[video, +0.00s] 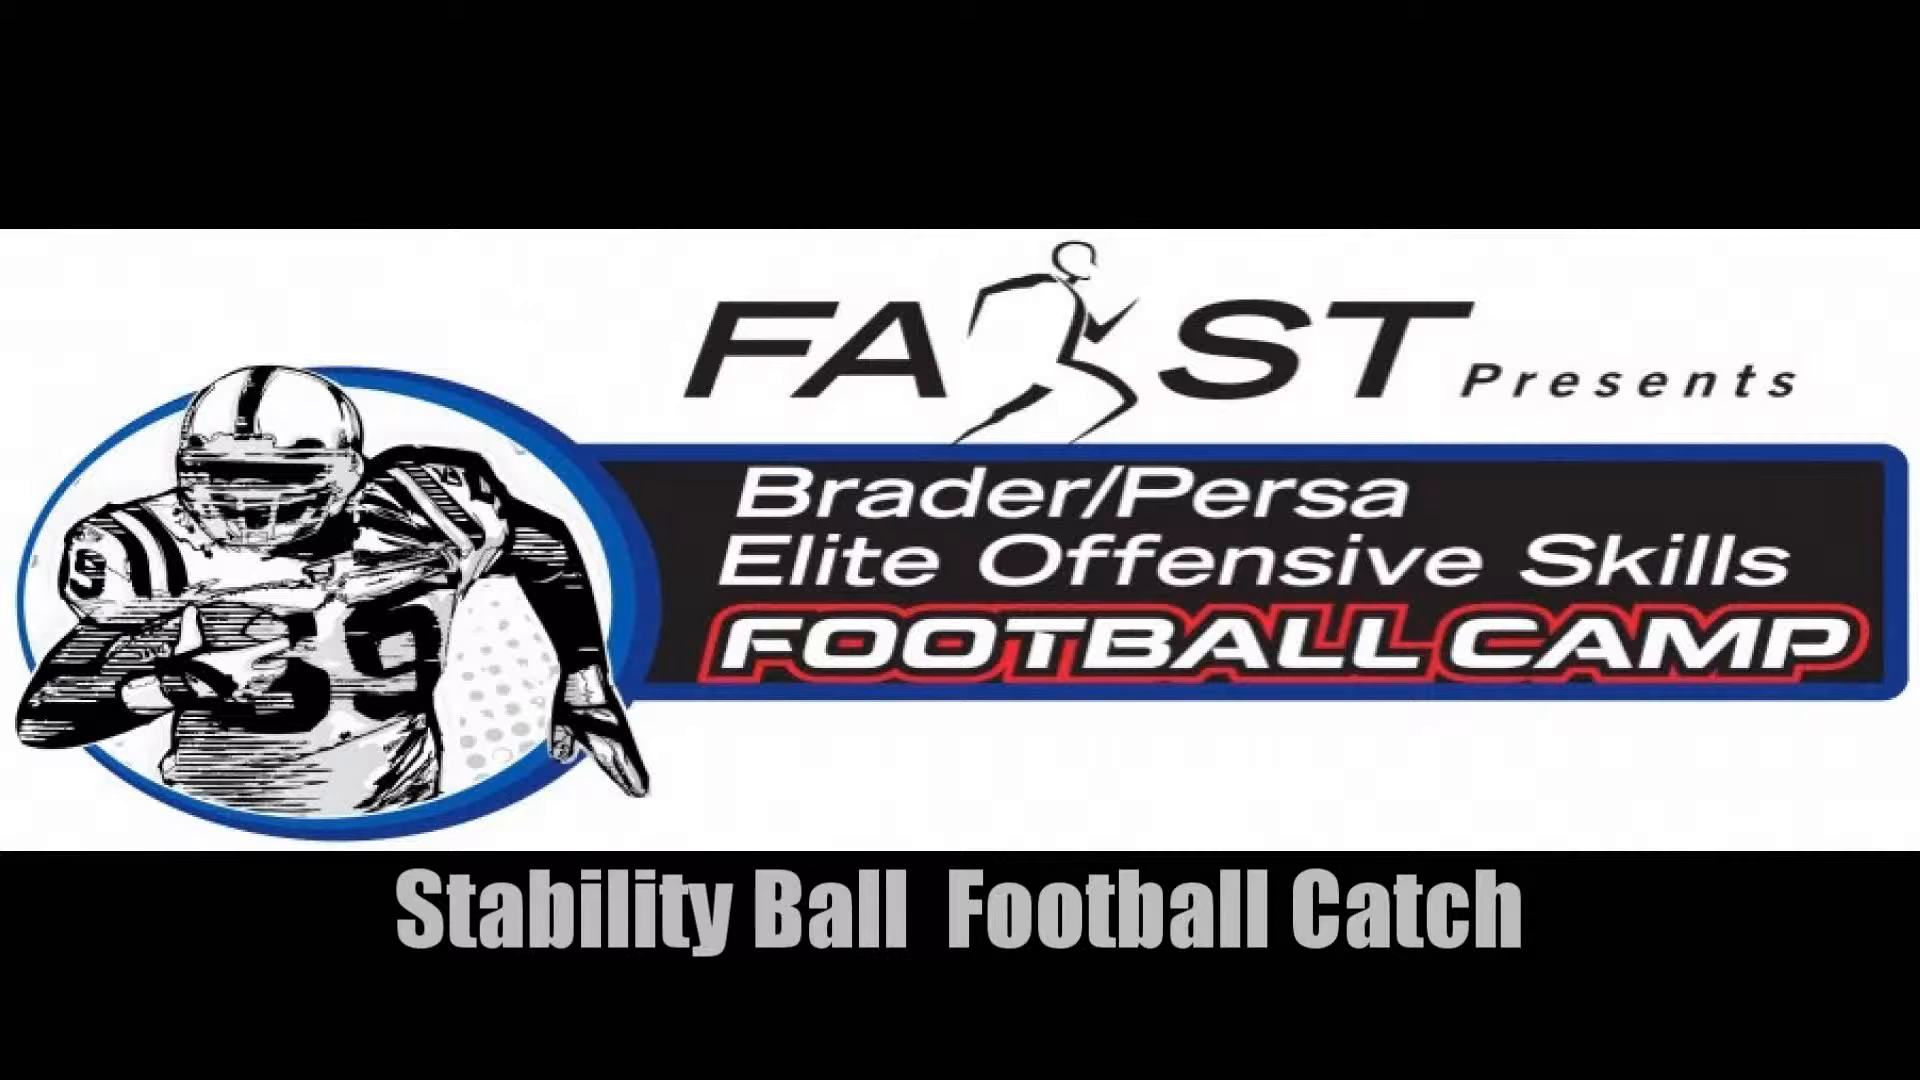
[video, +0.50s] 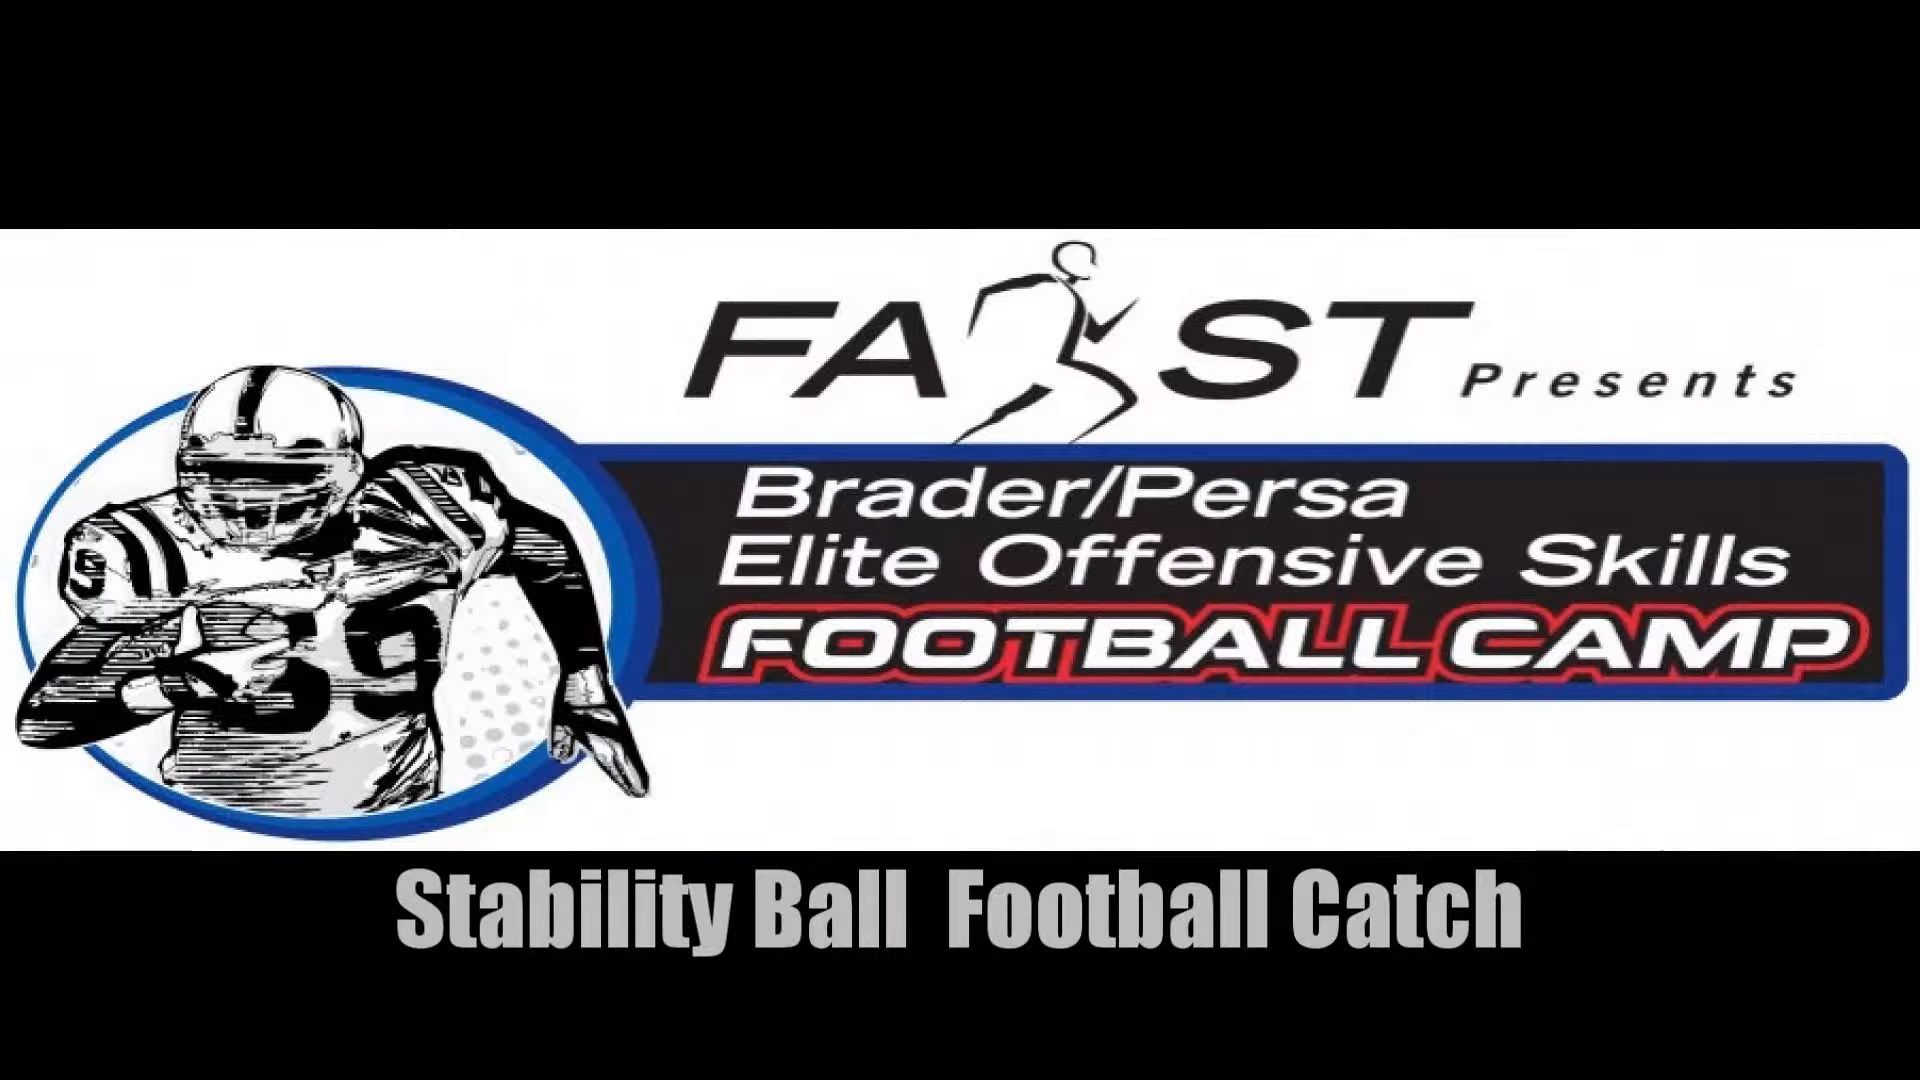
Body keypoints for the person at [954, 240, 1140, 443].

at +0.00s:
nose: (1090, 268)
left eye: (1090, 262)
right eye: (1084, 261)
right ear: (1070, 264)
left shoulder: (1077, 301)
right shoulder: (1044, 282)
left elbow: (1096, 335)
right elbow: (985, 292)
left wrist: (1128, 309)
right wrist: (970, 332)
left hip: (1052, 367)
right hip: (1056, 365)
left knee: (1002, 413)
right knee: (1128, 398)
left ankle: (956, 443)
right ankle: (1074, 441)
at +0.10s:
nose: (1090, 268)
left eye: (1090, 262)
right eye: (1084, 261)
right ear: (1070, 264)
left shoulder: (1077, 301)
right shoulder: (1044, 282)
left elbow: (1096, 335)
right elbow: (985, 292)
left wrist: (1128, 309)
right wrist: (970, 332)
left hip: (1052, 367)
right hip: (1056, 365)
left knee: (1002, 413)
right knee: (1128, 398)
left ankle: (956, 443)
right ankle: (1074, 441)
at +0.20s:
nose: (1090, 268)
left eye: (1090, 262)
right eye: (1084, 261)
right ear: (1070, 264)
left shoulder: (1077, 301)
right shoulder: (1044, 282)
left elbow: (1096, 335)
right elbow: (985, 292)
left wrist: (1128, 309)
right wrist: (970, 332)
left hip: (1052, 367)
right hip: (1056, 365)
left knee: (1002, 413)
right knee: (1128, 398)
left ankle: (956, 443)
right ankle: (1074, 441)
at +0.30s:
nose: (1090, 268)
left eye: (1090, 262)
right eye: (1084, 261)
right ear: (1070, 264)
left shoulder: (1077, 301)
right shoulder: (1044, 282)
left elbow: (1096, 335)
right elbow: (985, 292)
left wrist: (1128, 309)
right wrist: (970, 332)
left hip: (1052, 367)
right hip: (1056, 365)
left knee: (1002, 413)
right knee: (1128, 398)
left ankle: (956, 443)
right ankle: (1074, 441)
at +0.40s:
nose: (1090, 268)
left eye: (1090, 262)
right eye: (1084, 261)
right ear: (1071, 264)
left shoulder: (1077, 301)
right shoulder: (1045, 282)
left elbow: (1096, 335)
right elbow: (986, 292)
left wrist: (1128, 309)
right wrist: (970, 332)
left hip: (1051, 367)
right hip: (1057, 366)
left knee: (1002, 413)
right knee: (1128, 398)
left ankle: (956, 443)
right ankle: (1074, 441)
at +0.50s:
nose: (1090, 268)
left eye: (1090, 262)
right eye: (1084, 261)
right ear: (1070, 264)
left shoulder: (1077, 301)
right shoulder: (1044, 282)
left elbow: (1096, 335)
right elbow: (986, 292)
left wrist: (1128, 309)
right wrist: (970, 332)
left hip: (1051, 367)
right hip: (1057, 366)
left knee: (1002, 413)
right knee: (1128, 398)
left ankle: (956, 443)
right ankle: (1074, 441)